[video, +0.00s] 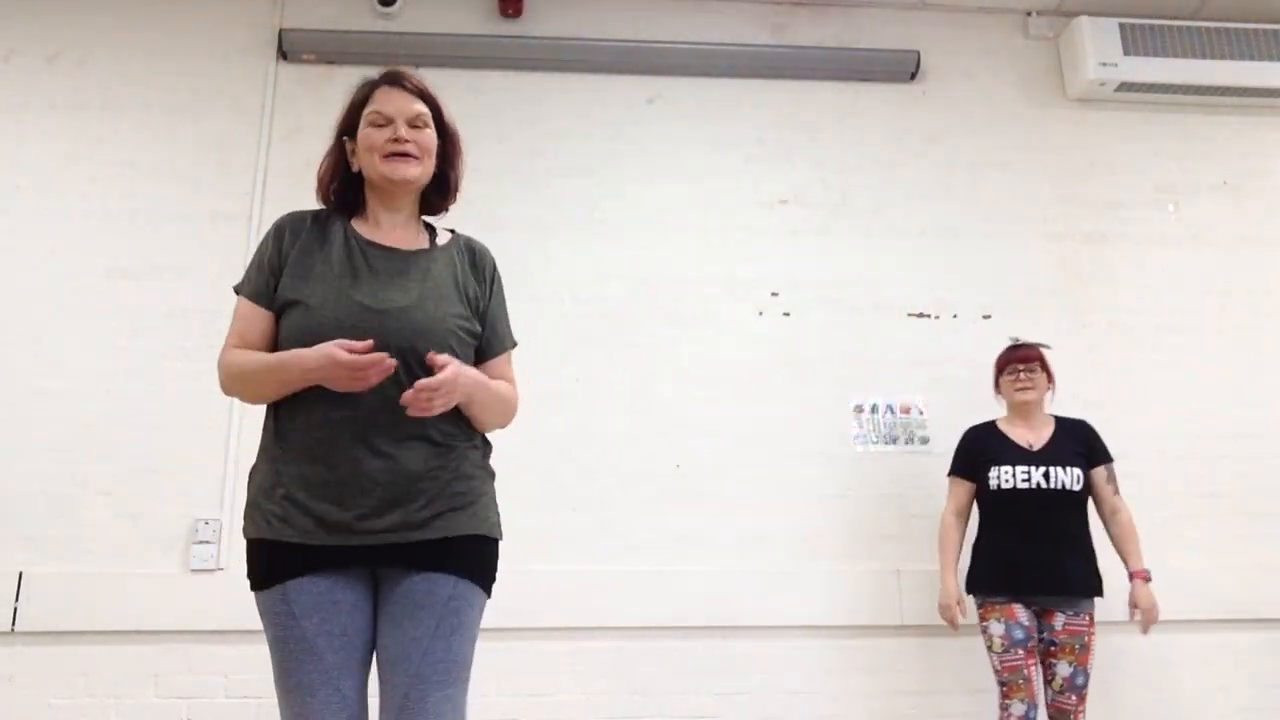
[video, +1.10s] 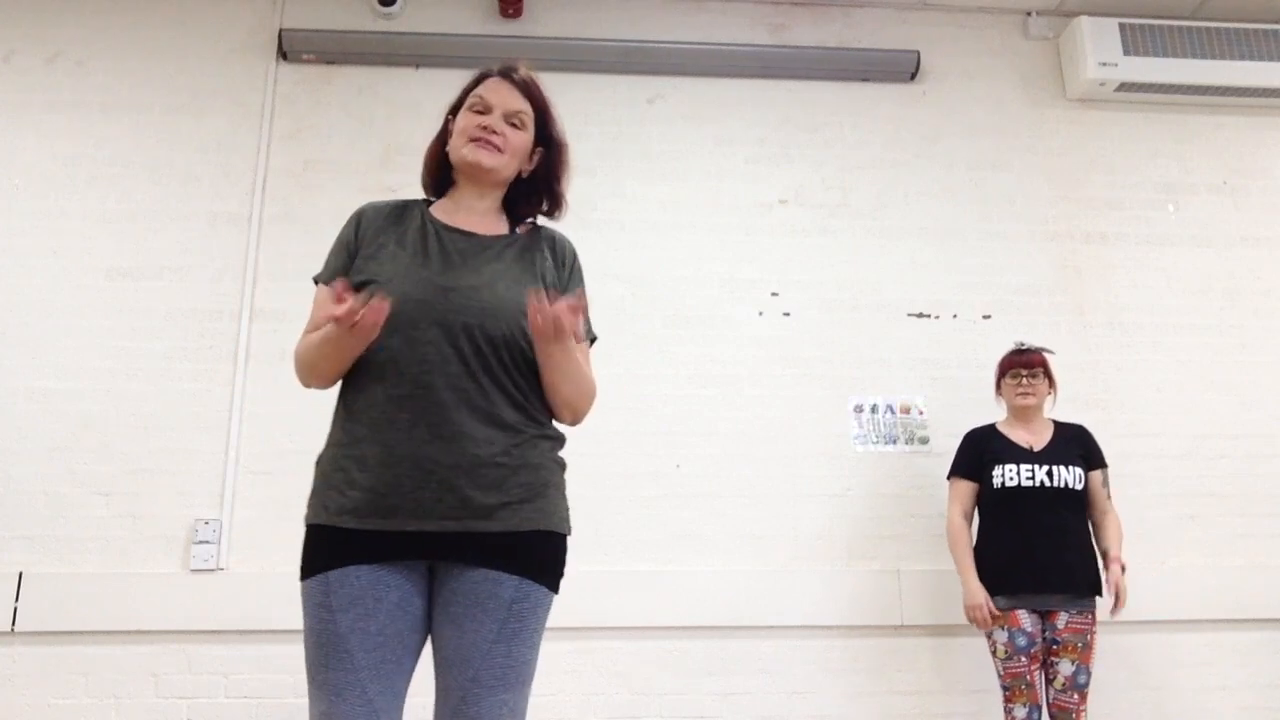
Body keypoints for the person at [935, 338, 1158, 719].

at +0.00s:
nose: (1022, 377)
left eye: (1032, 370)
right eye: (1012, 372)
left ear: (1049, 381)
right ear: (998, 387)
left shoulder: (1079, 435)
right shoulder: (979, 440)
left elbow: (1114, 511)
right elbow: (955, 516)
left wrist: (1139, 577)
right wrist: (948, 582)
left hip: (1071, 595)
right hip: (1003, 595)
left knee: (1068, 708)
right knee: (1020, 707)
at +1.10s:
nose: (1024, 382)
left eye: (1034, 376)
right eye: (1014, 376)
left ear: (1050, 387)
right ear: (1000, 388)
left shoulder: (1077, 439)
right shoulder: (979, 442)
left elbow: (1102, 510)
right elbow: (958, 518)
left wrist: (1113, 561)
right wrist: (970, 584)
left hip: (1074, 598)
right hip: (1008, 599)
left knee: (1070, 709)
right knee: (1023, 709)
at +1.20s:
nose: (1023, 383)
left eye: (1032, 376)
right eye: (1013, 377)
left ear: (1048, 387)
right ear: (998, 388)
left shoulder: (1076, 438)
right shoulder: (978, 443)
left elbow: (1102, 501)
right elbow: (957, 517)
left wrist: (1110, 523)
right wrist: (975, 584)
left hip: (1073, 596)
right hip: (1007, 598)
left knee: (1069, 708)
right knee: (1022, 709)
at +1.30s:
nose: (1022, 384)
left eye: (1031, 377)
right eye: (1012, 378)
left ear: (1047, 387)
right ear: (998, 389)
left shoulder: (1074, 438)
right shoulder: (978, 442)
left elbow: (1113, 513)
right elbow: (956, 518)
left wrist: (1098, 481)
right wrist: (976, 581)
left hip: (1072, 596)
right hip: (1006, 598)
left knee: (1069, 709)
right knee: (1022, 710)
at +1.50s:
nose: (1023, 386)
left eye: (1034, 378)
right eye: (1013, 379)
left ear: (1049, 387)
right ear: (999, 389)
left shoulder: (1072, 439)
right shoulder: (978, 441)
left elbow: (1113, 489)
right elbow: (954, 517)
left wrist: (1069, 430)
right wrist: (973, 583)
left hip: (1072, 596)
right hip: (1006, 598)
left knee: (1069, 709)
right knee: (1022, 709)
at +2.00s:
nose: (1019, 384)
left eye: (1028, 376)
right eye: (1009, 378)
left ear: (1046, 387)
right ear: (997, 390)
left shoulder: (1074, 438)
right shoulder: (977, 441)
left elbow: (1113, 510)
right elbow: (953, 515)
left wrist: (1089, 456)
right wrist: (961, 583)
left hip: (1070, 596)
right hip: (1004, 598)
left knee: (1068, 709)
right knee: (1022, 709)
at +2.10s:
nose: (1016, 383)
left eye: (1026, 375)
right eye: (1007, 377)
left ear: (1044, 385)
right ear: (995, 388)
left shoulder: (1075, 436)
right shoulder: (976, 441)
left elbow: (1111, 516)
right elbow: (953, 517)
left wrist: (1106, 500)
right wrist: (965, 582)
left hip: (1071, 596)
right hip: (1004, 598)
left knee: (1067, 709)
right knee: (1021, 709)